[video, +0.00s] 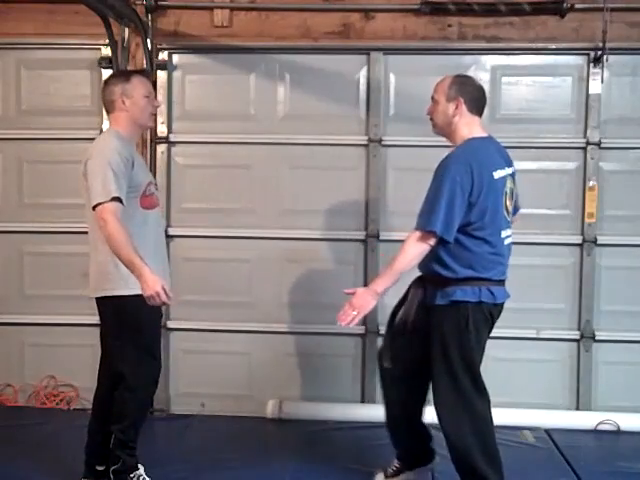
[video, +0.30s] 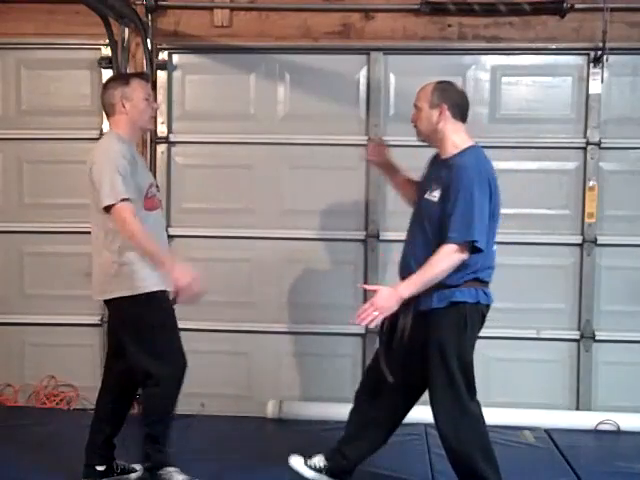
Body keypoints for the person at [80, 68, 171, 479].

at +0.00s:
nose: (156, 105)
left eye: (155, 98)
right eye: (148, 97)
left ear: (127, 105)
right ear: (122, 103)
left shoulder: (127, 151)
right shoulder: (107, 151)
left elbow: (127, 219)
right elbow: (107, 219)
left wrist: (153, 277)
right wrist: (144, 274)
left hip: (132, 287)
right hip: (124, 288)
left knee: (117, 377)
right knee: (139, 377)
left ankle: (98, 464)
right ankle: (122, 465)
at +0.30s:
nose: (155, 106)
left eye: (154, 100)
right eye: (148, 100)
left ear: (127, 107)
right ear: (122, 105)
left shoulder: (129, 152)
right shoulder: (112, 150)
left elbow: (136, 222)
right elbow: (123, 218)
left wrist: (165, 278)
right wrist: (172, 264)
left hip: (138, 284)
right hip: (132, 284)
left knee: (122, 376)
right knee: (168, 367)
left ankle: (100, 462)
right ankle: (156, 463)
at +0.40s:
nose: (155, 108)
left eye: (153, 101)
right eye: (147, 101)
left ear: (128, 108)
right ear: (123, 106)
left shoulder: (127, 150)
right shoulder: (114, 150)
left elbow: (149, 214)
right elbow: (155, 205)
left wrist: (181, 251)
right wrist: (217, 219)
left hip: (141, 281)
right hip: (137, 282)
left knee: (126, 375)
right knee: (175, 365)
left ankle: (99, 462)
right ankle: (187, 466)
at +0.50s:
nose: (158, 108)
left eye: (156, 101)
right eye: (150, 101)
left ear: (127, 111)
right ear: (126, 109)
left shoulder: (127, 152)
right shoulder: (123, 153)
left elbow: (164, 201)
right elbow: (184, 186)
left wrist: (192, 232)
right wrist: (249, 172)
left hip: (141, 282)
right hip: (146, 283)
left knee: (133, 376)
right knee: (183, 370)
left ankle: (100, 461)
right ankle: (215, 463)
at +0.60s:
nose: (163, 110)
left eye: (160, 103)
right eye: (155, 104)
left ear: (131, 112)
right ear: (131, 110)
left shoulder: (128, 153)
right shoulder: (132, 153)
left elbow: (177, 198)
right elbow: (205, 177)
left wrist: (216, 213)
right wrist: (258, 146)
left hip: (147, 286)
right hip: (159, 286)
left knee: (137, 377)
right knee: (199, 375)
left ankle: (101, 461)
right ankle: (236, 465)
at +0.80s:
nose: (195, 113)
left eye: (193, 107)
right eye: (187, 107)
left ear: (162, 116)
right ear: (164, 114)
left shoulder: (152, 157)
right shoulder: (175, 150)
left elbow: (203, 216)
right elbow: (239, 189)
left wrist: (268, 198)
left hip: (171, 291)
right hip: (193, 290)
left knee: (155, 376)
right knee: (229, 385)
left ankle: (105, 456)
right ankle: (254, 471)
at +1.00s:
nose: (236, 115)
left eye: (233, 108)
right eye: (230, 109)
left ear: (196, 118)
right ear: (208, 114)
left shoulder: (169, 169)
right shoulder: (228, 144)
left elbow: (194, 226)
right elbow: (297, 176)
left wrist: (259, 232)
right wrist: (262, 172)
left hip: (191, 292)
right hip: (232, 287)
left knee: (197, 368)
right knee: (261, 381)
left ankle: (145, 446)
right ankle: (266, 469)